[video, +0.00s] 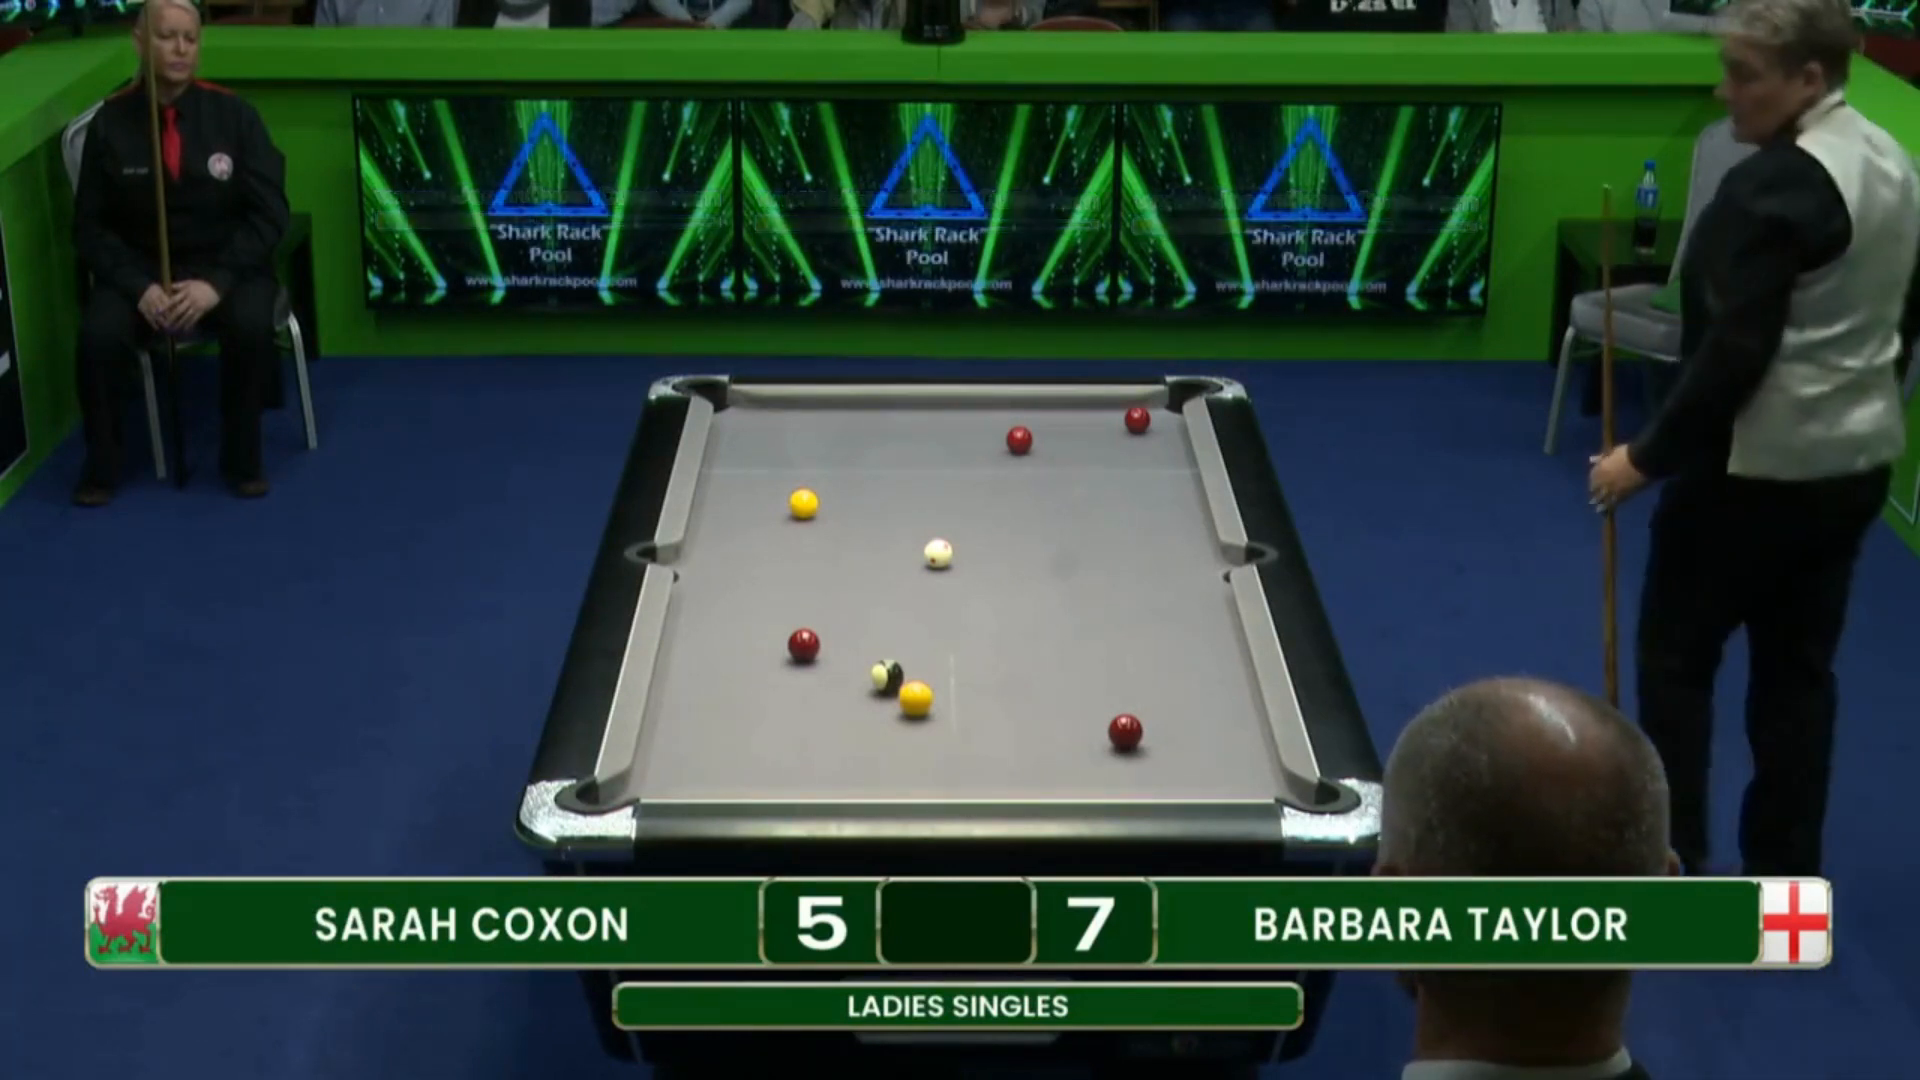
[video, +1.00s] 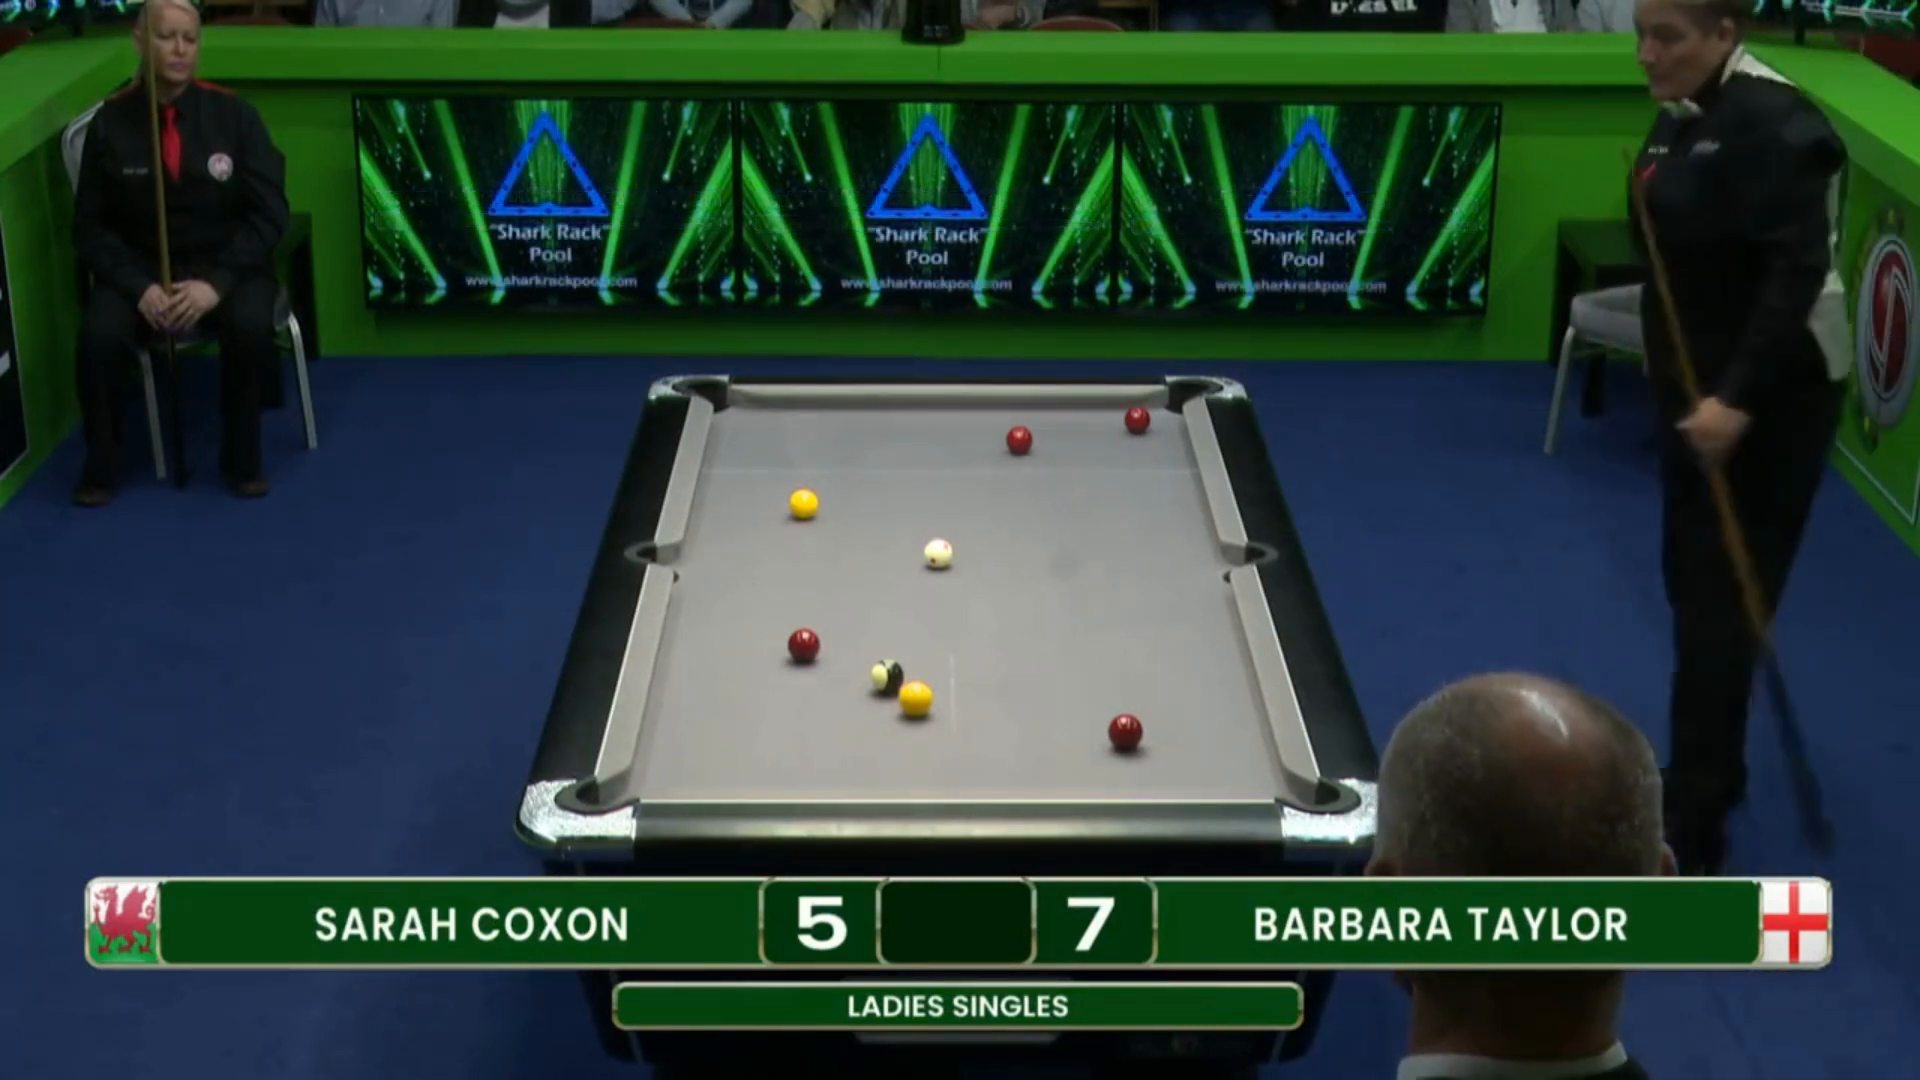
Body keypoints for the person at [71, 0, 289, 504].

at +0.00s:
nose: (181, 49)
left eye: (190, 38)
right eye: (167, 37)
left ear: (199, 45)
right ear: (140, 42)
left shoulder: (234, 116)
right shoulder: (111, 121)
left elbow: (268, 215)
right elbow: (90, 227)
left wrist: (214, 283)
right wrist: (141, 286)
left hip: (221, 267)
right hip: (138, 274)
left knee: (248, 327)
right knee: (100, 334)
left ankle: (243, 462)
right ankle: (101, 468)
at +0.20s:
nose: (181, 49)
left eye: (190, 38)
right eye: (167, 37)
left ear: (200, 44)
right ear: (140, 41)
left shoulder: (234, 116)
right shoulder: (111, 122)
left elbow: (268, 215)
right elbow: (90, 227)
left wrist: (214, 283)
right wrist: (141, 286)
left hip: (221, 267)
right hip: (138, 274)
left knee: (248, 327)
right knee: (100, 334)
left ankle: (243, 462)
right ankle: (101, 468)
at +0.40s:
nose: (181, 49)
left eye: (190, 38)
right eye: (167, 37)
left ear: (200, 44)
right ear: (140, 41)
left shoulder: (234, 116)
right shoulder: (111, 122)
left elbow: (268, 215)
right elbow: (90, 227)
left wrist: (214, 283)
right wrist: (141, 286)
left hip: (221, 267)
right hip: (139, 273)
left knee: (248, 326)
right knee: (100, 334)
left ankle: (243, 462)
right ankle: (101, 468)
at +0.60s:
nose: (181, 49)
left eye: (190, 38)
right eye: (167, 37)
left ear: (199, 44)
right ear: (140, 42)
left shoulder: (234, 116)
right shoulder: (111, 122)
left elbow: (268, 215)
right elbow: (90, 227)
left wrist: (214, 283)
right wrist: (141, 286)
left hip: (221, 267)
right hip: (139, 273)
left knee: (248, 327)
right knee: (100, 334)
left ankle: (243, 462)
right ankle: (101, 468)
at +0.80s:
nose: (181, 49)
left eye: (190, 38)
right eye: (167, 37)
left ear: (199, 44)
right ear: (141, 42)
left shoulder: (234, 116)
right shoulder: (111, 122)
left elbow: (268, 215)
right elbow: (90, 227)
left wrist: (214, 283)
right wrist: (141, 286)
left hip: (221, 267)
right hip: (139, 273)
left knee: (248, 326)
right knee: (100, 334)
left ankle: (243, 462)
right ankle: (101, 468)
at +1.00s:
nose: (181, 49)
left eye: (190, 38)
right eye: (167, 37)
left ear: (199, 45)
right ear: (141, 42)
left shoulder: (234, 116)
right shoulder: (111, 122)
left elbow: (269, 215)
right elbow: (90, 227)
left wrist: (214, 283)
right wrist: (141, 286)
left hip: (221, 267)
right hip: (139, 273)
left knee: (248, 326)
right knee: (100, 334)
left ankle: (243, 462)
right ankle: (101, 468)